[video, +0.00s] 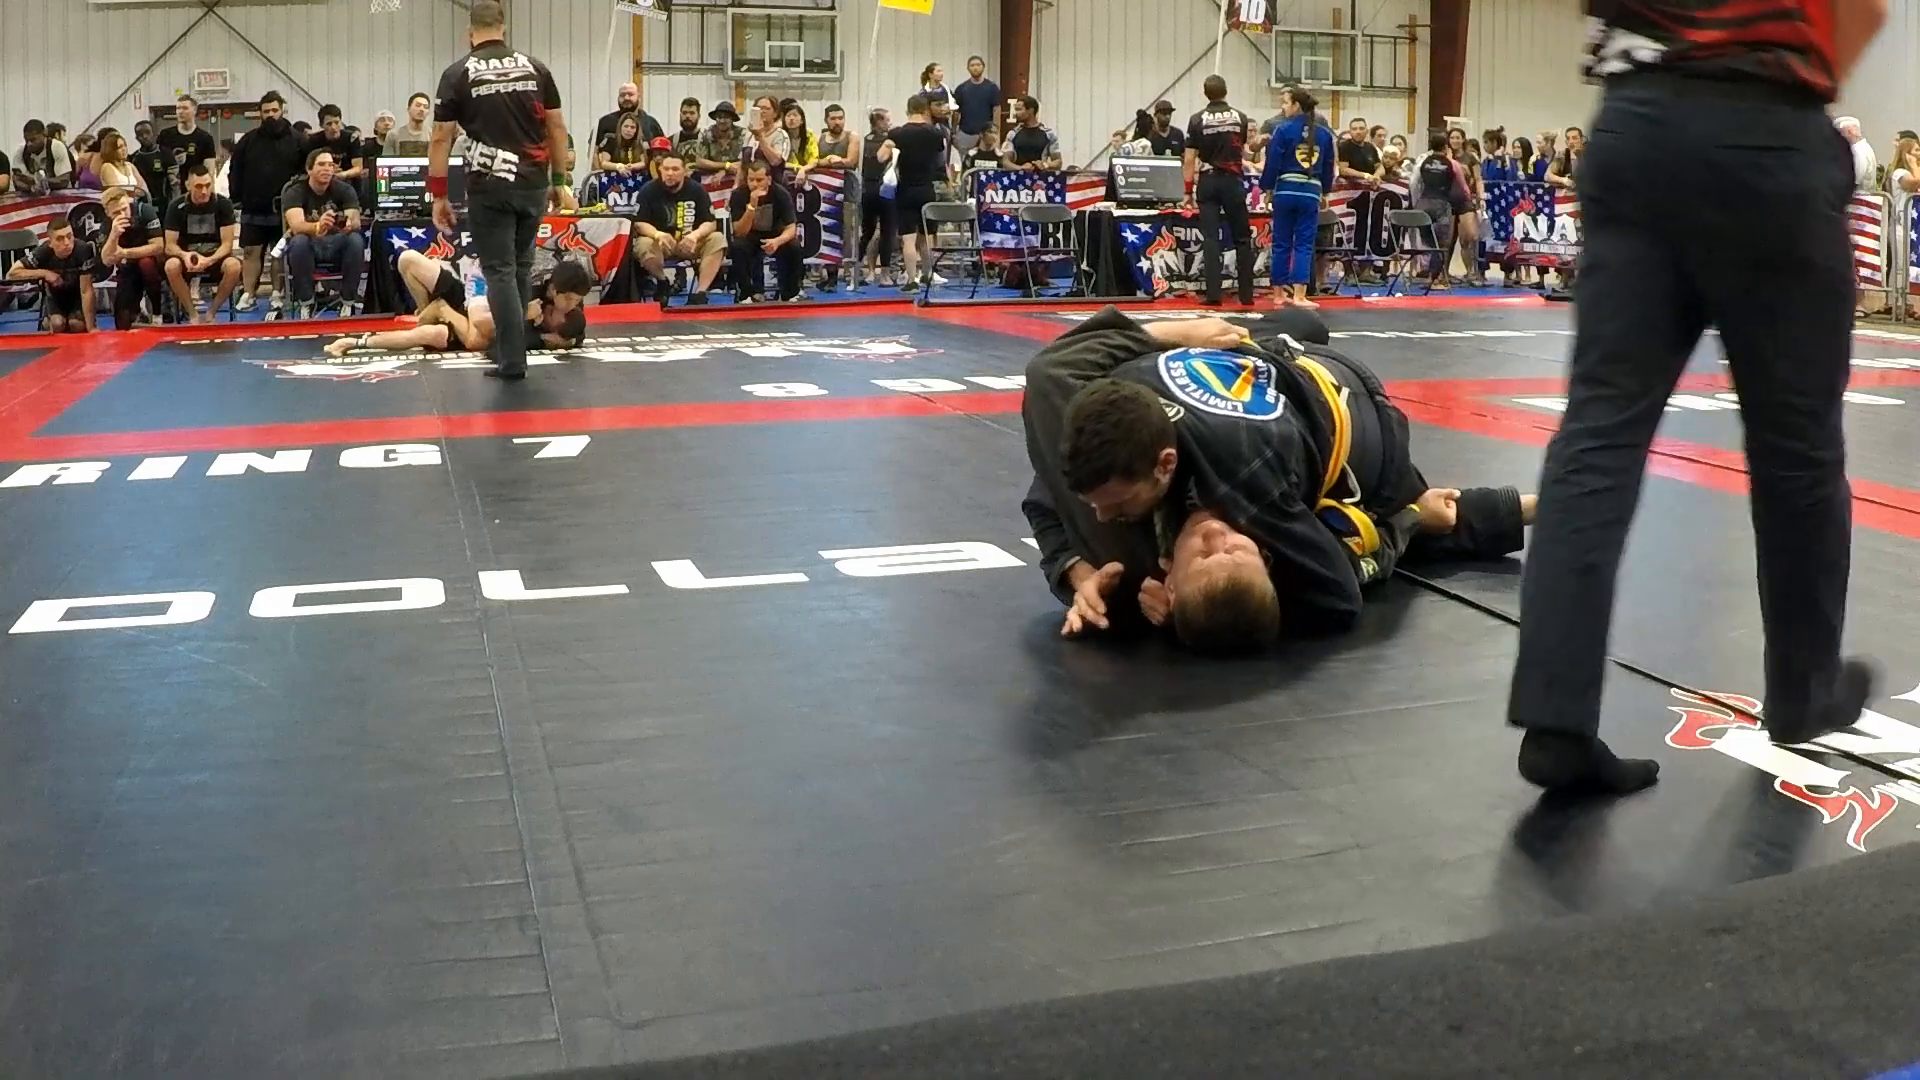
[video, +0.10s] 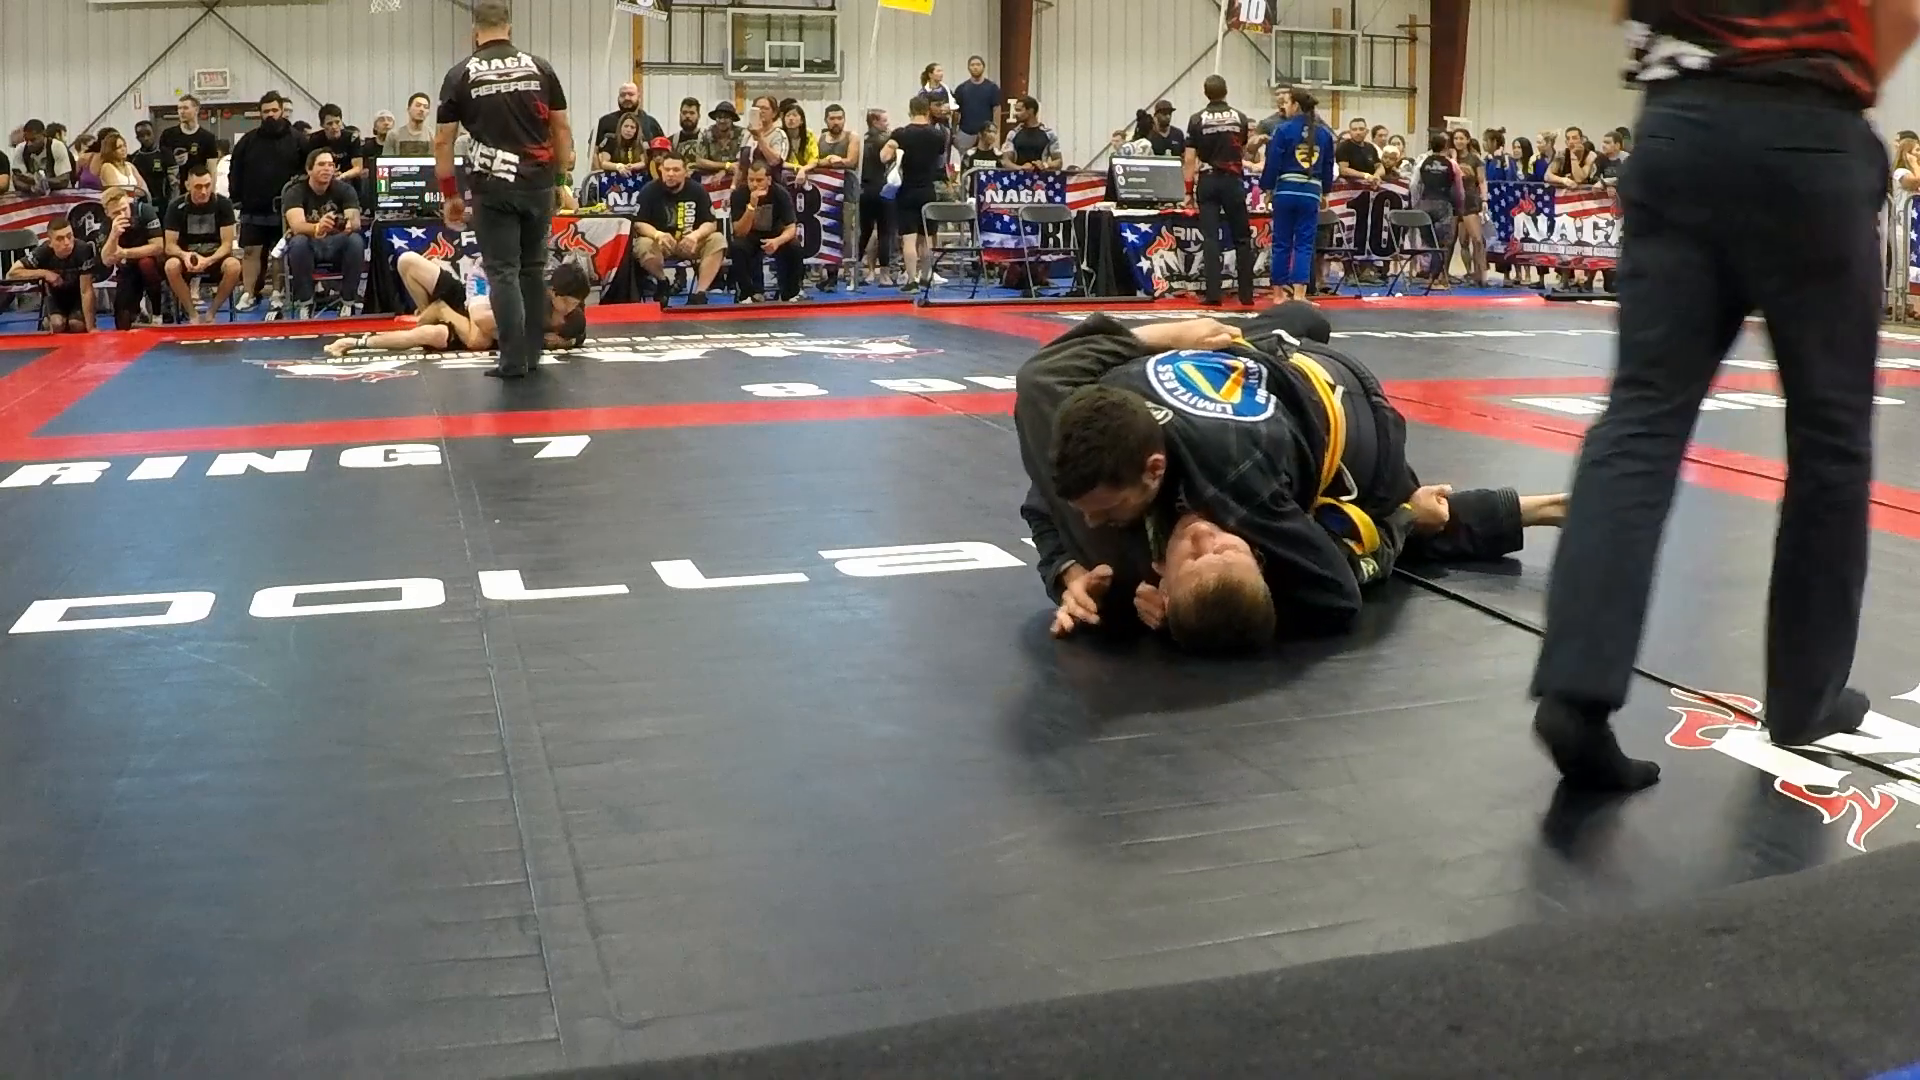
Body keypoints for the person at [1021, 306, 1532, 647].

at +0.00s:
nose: (1103, 514)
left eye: (1118, 503)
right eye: (1093, 501)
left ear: (1166, 465)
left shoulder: (1249, 491)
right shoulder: (1081, 412)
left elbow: (1338, 602)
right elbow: (1045, 505)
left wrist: (1188, 611)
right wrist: (1075, 571)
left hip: (1356, 429)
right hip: (1278, 361)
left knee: (1422, 513)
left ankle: (1581, 518)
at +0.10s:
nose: (1094, 523)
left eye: (1105, 512)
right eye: (1081, 509)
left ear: (1153, 473)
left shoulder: (1242, 496)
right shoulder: (1069, 413)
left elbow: (1337, 600)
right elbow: (1043, 512)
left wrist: (1193, 611)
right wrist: (1067, 573)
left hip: (1355, 433)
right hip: (1280, 358)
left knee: (1410, 517)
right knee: (1291, 316)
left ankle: (1578, 506)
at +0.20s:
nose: (1080, 523)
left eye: (1094, 511)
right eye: (1065, 508)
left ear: (1139, 476)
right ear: (1053, 476)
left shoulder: (1233, 495)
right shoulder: (1060, 430)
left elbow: (1335, 604)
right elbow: (1043, 515)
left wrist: (1186, 615)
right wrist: (1057, 573)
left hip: (1351, 429)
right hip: (1273, 358)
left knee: (1420, 522)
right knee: (1297, 312)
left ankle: (1568, 509)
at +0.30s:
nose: (1061, 519)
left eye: (1073, 507)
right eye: (1049, 507)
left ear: (1122, 478)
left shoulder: (1227, 500)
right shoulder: (1063, 438)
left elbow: (1334, 596)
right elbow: (1053, 527)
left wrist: (1189, 617)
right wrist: (1063, 581)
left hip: (1357, 432)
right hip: (1284, 364)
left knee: (1410, 526)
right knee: (1287, 312)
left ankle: (1564, 509)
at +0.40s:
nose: (1058, 523)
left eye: (1068, 509)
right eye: (1044, 513)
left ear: (1116, 475)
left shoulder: (1217, 494)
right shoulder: (1066, 440)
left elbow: (1332, 594)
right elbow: (1061, 533)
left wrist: (1192, 617)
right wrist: (1064, 581)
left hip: (1353, 425)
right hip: (1280, 360)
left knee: (1417, 529)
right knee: (1291, 310)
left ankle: (1563, 511)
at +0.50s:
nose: (1059, 526)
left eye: (1069, 514)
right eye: (1044, 516)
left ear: (1115, 477)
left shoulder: (1216, 494)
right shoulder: (1067, 438)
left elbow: (1330, 592)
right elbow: (1061, 532)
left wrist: (1190, 617)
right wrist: (1066, 580)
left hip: (1348, 420)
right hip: (1276, 360)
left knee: (1433, 528)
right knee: (1289, 319)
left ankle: (1570, 511)